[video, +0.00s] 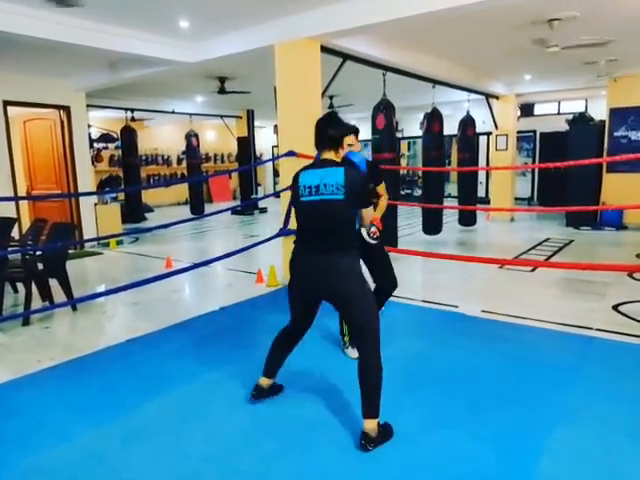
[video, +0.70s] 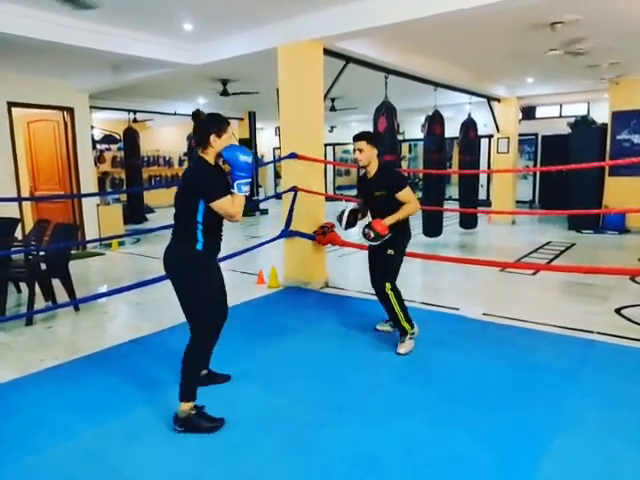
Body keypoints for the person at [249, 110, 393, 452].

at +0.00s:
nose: (350, 147)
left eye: (349, 142)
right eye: (348, 142)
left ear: (317, 143)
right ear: (340, 144)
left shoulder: (300, 177)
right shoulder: (352, 175)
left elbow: (301, 216)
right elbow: (367, 214)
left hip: (303, 268)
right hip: (341, 270)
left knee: (297, 325)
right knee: (369, 345)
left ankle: (264, 382)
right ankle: (371, 428)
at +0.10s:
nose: (328, 147)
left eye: (325, 142)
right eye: (327, 142)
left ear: (295, 142)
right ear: (320, 144)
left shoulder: (280, 172)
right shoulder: (324, 176)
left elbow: (288, 214)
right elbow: (342, 222)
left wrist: (325, 226)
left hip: (275, 266)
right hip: (310, 269)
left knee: (285, 325)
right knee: (344, 345)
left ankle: (258, 388)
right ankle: (368, 426)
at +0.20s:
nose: (307, 139)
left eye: (306, 134)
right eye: (306, 134)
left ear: (276, 132)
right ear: (298, 134)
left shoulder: (258, 164)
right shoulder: (301, 167)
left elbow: (264, 204)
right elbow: (319, 212)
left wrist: (306, 209)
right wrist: (293, 197)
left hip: (253, 256)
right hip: (283, 261)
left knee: (270, 322)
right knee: (307, 339)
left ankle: (257, 387)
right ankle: (323, 420)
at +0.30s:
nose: (288, 135)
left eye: (288, 130)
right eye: (287, 130)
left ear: (259, 128)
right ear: (277, 130)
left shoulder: (242, 157)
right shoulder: (282, 161)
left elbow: (258, 194)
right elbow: (303, 205)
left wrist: (295, 189)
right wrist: (301, 187)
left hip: (233, 249)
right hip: (258, 253)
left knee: (259, 317)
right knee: (274, 328)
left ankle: (251, 383)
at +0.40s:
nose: (269, 144)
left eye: (268, 139)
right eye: (267, 139)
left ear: (239, 139)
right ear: (257, 140)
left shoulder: (225, 171)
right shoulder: (257, 172)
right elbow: (283, 214)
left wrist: (272, 178)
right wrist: (285, 178)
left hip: (217, 259)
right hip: (238, 265)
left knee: (246, 313)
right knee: (241, 341)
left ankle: (232, 371)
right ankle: (212, 420)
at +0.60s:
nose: (243, 146)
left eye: (242, 141)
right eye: (240, 141)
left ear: (219, 144)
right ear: (226, 144)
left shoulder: (209, 173)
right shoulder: (216, 178)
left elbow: (238, 217)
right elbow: (245, 220)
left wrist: (247, 190)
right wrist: (252, 185)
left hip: (194, 262)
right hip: (204, 266)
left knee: (220, 322)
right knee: (220, 336)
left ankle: (202, 370)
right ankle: (211, 419)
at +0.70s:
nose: (234, 142)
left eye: (233, 136)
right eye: (230, 136)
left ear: (210, 138)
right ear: (214, 138)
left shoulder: (209, 168)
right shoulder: (201, 172)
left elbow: (231, 208)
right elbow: (234, 211)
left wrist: (239, 177)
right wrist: (242, 177)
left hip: (201, 257)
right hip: (188, 260)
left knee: (217, 313)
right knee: (203, 328)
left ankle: (200, 370)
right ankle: (185, 410)